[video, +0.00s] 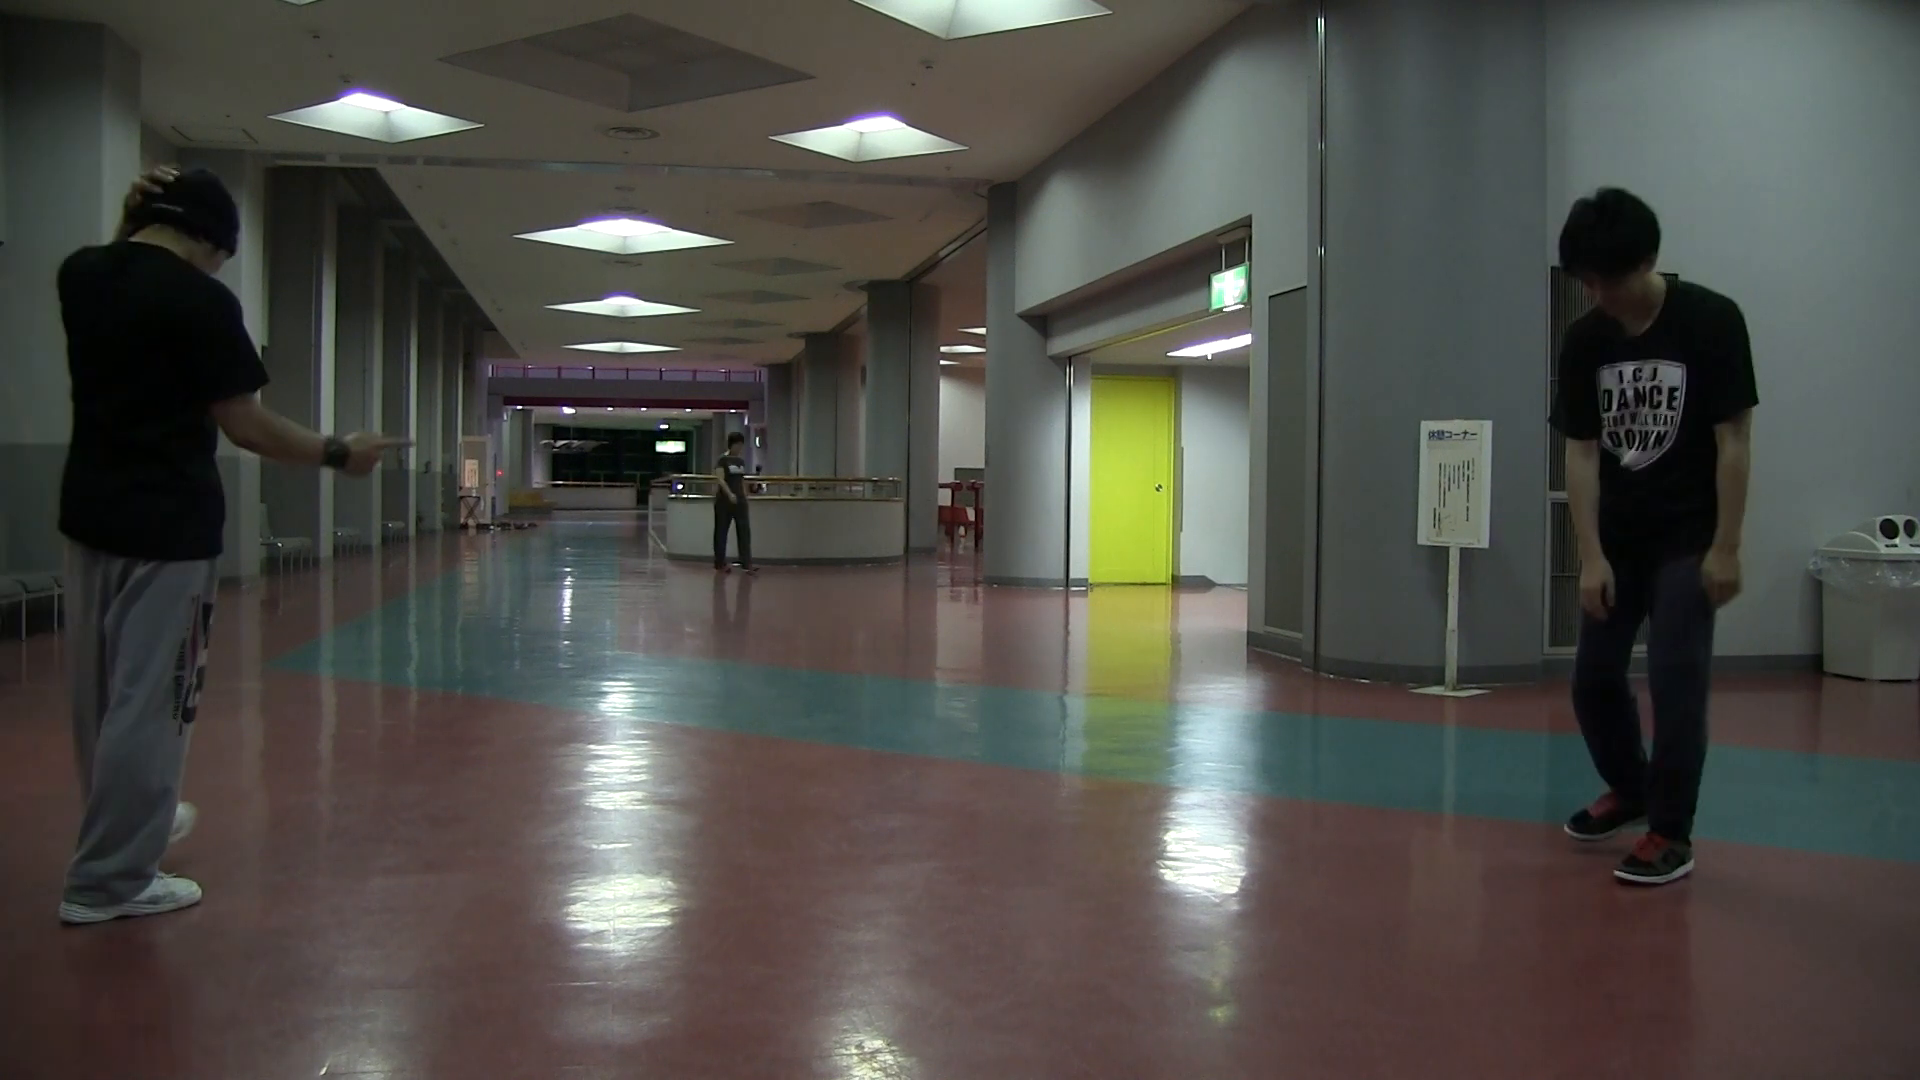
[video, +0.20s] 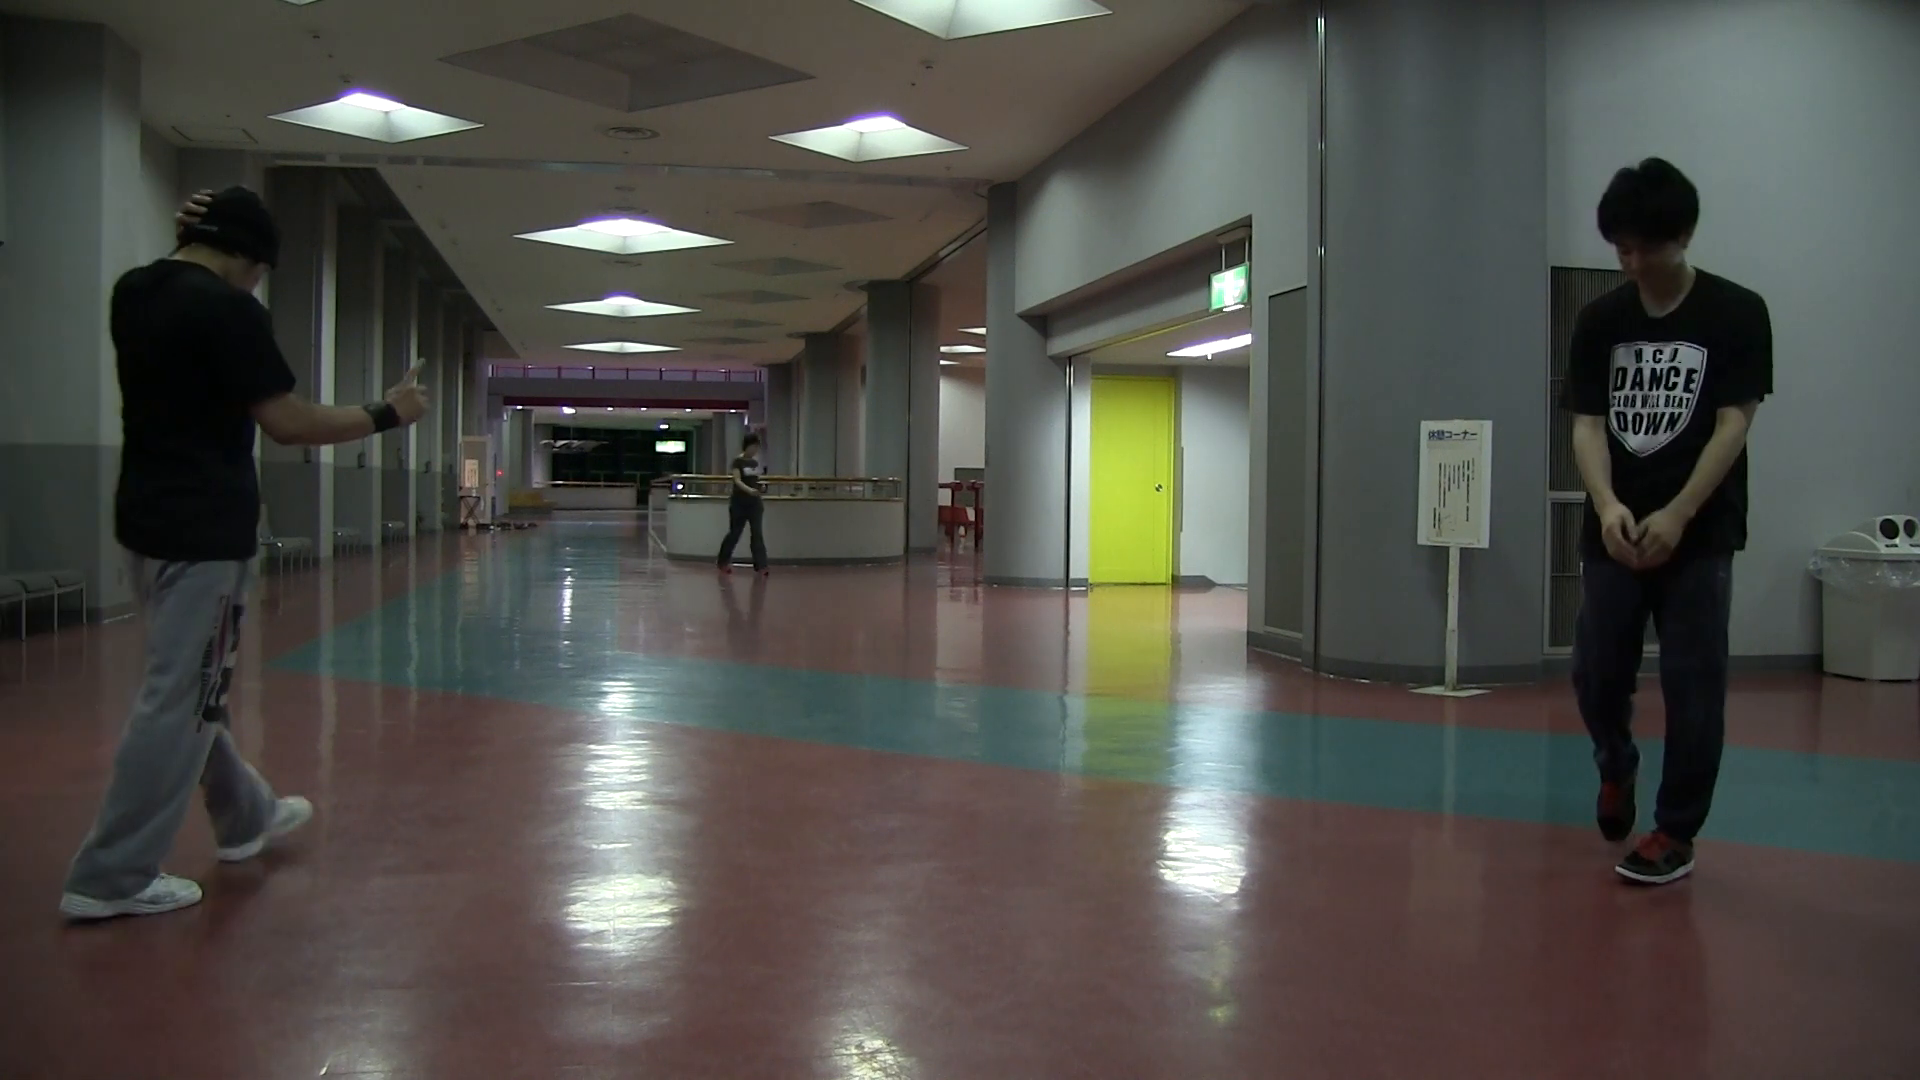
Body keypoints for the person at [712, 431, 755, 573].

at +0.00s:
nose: (740, 449)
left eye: (741, 446)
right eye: (738, 445)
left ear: (741, 446)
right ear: (731, 445)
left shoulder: (740, 462)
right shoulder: (722, 460)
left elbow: (742, 480)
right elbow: (720, 479)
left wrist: (745, 495)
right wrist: (730, 494)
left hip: (739, 498)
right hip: (724, 499)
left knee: (744, 531)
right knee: (721, 532)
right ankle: (720, 562)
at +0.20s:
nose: (755, 450)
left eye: (757, 447)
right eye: (753, 447)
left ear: (757, 448)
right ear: (746, 447)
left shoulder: (755, 463)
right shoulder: (737, 462)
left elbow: (754, 480)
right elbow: (737, 480)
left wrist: (761, 485)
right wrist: (750, 490)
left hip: (754, 501)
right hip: (739, 502)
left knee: (757, 534)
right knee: (735, 533)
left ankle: (761, 565)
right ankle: (722, 561)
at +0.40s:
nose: (767, 447)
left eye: (769, 444)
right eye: (765, 444)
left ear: (769, 445)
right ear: (758, 444)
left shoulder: (768, 462)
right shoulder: (749, 461)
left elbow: (770, 484)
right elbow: (744, 483)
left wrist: (774, 502)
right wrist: (745, 502)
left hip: (767, 502)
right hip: (754, 502)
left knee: (764, 532)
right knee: (758, 531)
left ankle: (762, 563)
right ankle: (747, 556)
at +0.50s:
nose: (773, 447)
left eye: (774, 444)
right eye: (771, 444)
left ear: (774, 445)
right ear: (764, 445)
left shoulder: (776, 462)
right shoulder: (754, 462)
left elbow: (780, 480)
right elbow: (745, 483)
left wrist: (788, 492)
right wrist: (741, 502)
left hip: (772, 500)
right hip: (758, 501)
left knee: (767, 533)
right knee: (764, 532)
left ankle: (761, 565)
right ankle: (762, 566)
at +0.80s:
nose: (793, 448)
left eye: (794, 444)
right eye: (790, 444)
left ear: (795, 446)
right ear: (783, 445)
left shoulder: (795, 462)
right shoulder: (773, 462)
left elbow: (800, 481)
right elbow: (765, 484)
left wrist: (811, 494)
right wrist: (761, 504)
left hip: (791, 502)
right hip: (776, 503)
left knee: (791, 536)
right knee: (782, 534)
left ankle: (774, 556)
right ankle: (784, 567)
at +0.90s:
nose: (799, 445)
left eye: (800, 442)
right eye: (797, 442)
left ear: (800, 443)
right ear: (790, 442)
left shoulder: (801, 460)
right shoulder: (780, 460)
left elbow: (803, 480)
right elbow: (775, 483)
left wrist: (808, 495)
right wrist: (778, 502)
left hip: (800, 503)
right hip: (785, 503)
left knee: (802, 533)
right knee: (784, 535)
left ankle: (791, 562)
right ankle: (784, 567)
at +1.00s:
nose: (806, 446)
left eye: (807, 442)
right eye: (805, 442)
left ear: (807, 443)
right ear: (798, 442)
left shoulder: (806, 460)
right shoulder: (787, 459)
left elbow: (805, 481)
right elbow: (786, 481)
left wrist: (808, 496)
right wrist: (797, 497)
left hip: (805, 499)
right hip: (790, 500)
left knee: (810, 534)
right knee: (786, 535)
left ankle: (810, 567)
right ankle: (785, 568)